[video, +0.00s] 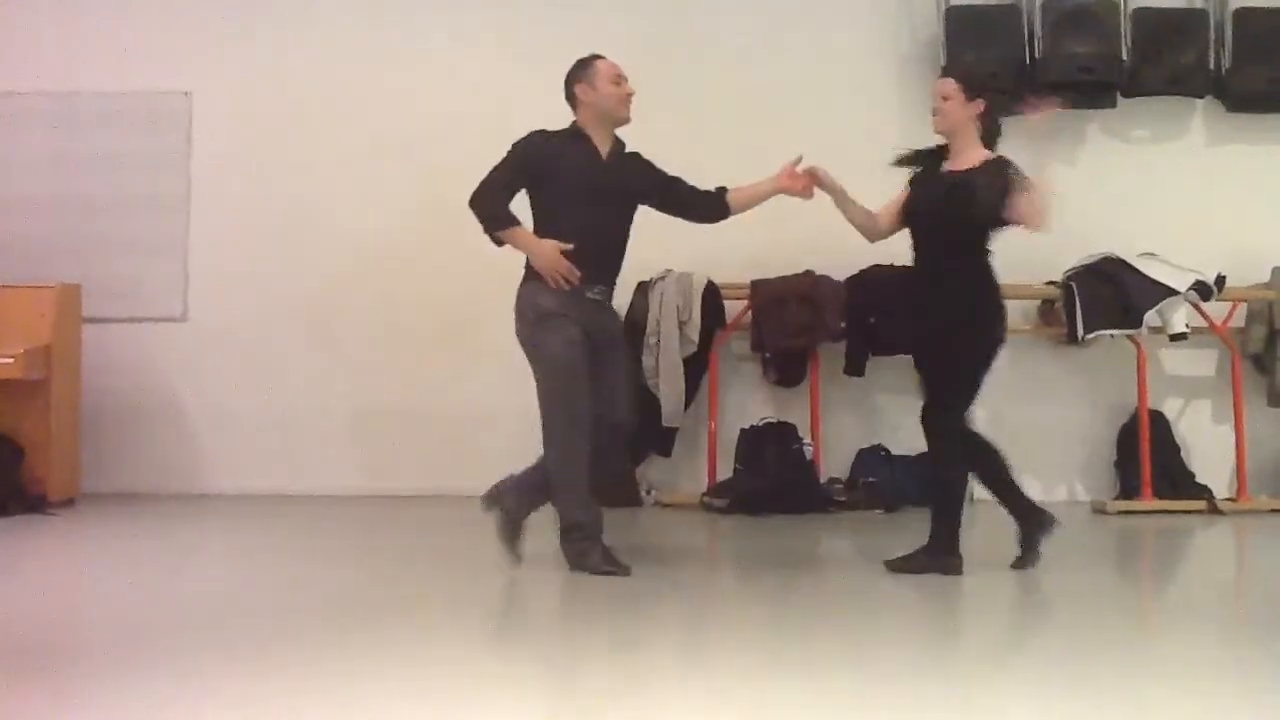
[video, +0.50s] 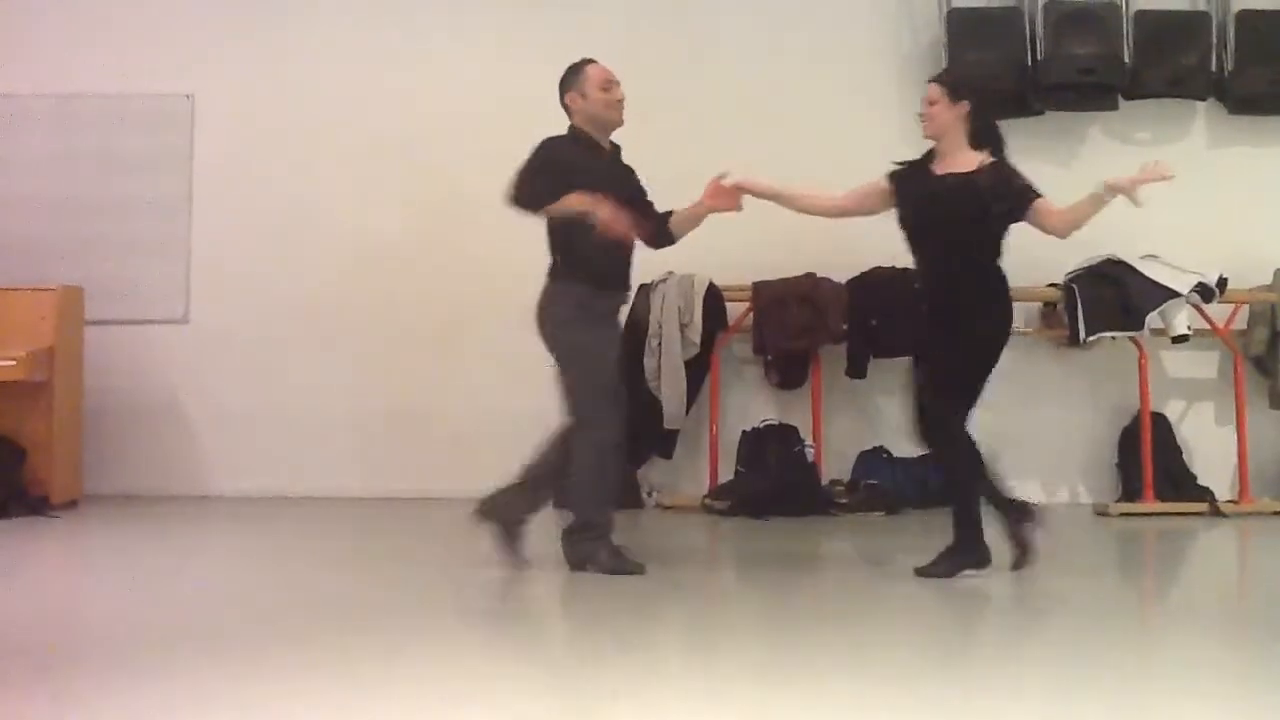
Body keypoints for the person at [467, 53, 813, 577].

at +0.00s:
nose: (630, 89)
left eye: (627, 81)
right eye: (616, 81)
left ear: (606, 96)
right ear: (581, 93)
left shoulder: (630, 168)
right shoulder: (543, 148)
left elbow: (704, 206)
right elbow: (486, 201)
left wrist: (775, 184)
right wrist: (532, 246)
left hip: (600, 310)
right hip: (549, 300)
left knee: (618, 424)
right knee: (570, 413)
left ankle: (515, 495)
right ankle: (582, 541)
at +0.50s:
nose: (620, 95)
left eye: (619, 86)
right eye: (607, 88)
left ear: (609, 101)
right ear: (575, 102)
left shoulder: (618, 170)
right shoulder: (559, 151)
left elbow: (656, 232)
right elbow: (524, 196)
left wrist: (703, 206)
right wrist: (590, 204)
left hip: (603, 310)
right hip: (571, 305)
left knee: (600, 420)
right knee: (600, 419)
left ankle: (510, 505)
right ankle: (587, 540)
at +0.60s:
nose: (629, 98)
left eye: (628, 91)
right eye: (616, 91)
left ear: (625, 102)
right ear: (585, 105)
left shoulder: (624, 171)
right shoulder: (577, 153)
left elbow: (643, 242)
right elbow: (604, 180)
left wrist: (686, 206)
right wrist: (665, 171)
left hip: (625, 309)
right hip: (592, 307)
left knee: (646, 420)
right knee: (614, 417)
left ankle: (588, 505)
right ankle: (589, 541)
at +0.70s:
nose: (637, 102)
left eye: (638, 95)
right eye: (624, 96)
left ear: (639, 106)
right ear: (595, 110)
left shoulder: (634, 168)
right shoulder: (590, 157)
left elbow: (654, 235)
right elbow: (634, 165)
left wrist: (686, 198)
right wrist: (690, 152)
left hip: (639, 311)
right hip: (602, 311)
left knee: (673, 408)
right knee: (620, 418)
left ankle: (645, 512)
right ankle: (591, 538)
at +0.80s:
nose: (642, 104)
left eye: (646, 98)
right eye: (628, 98)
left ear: (652, 111)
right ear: (605, 116)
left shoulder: (647, 168)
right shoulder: (604, 157)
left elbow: (665, 225)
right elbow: (655, 147)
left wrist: (686, 188)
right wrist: (702, 139)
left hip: (659, 310)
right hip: (618, 310)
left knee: (691, 414)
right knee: (627, 422)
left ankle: (697, 512)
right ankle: (591, 538)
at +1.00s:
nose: (672, 110)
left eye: (677, 103)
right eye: (660, 104)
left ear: (688, 113)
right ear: (643, 119)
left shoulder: (692, 168)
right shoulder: (633, 162)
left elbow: (720, 210)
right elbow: (606, 165)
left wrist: (713, 157)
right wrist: (663, 133)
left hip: (703, 311)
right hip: (657, 311)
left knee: (716, 421)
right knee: (641, 421)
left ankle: (710, 523)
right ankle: (603, 531)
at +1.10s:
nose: (692, 114)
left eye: (695, 108)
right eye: (681, 107)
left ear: (703, 119)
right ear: (659, 122)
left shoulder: (720, 176)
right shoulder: (652, 175)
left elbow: (764, 196)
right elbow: (596, 178)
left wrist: (742, 151)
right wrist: (624, 134)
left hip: (712, 312)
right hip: (664, 310)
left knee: (724, 418)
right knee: (681, 415)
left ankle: (711, 523)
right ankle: (625, 512)